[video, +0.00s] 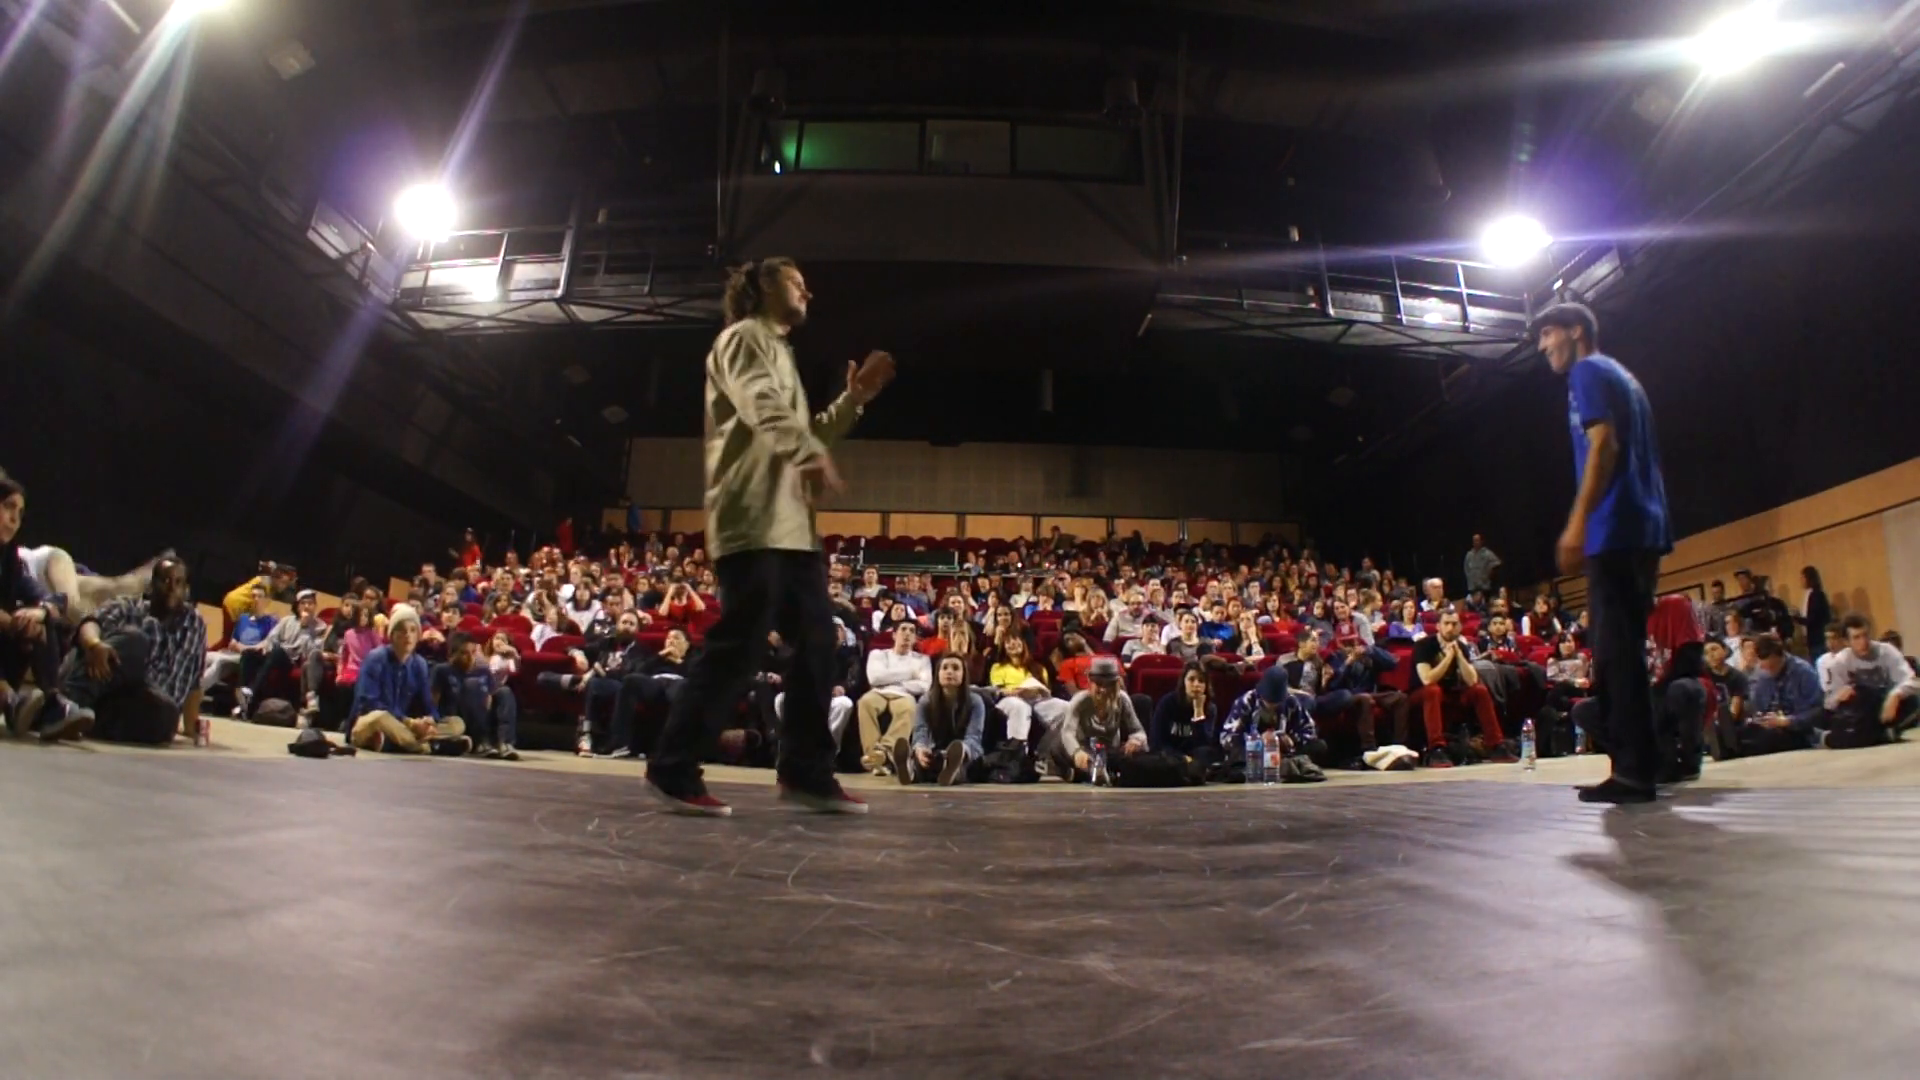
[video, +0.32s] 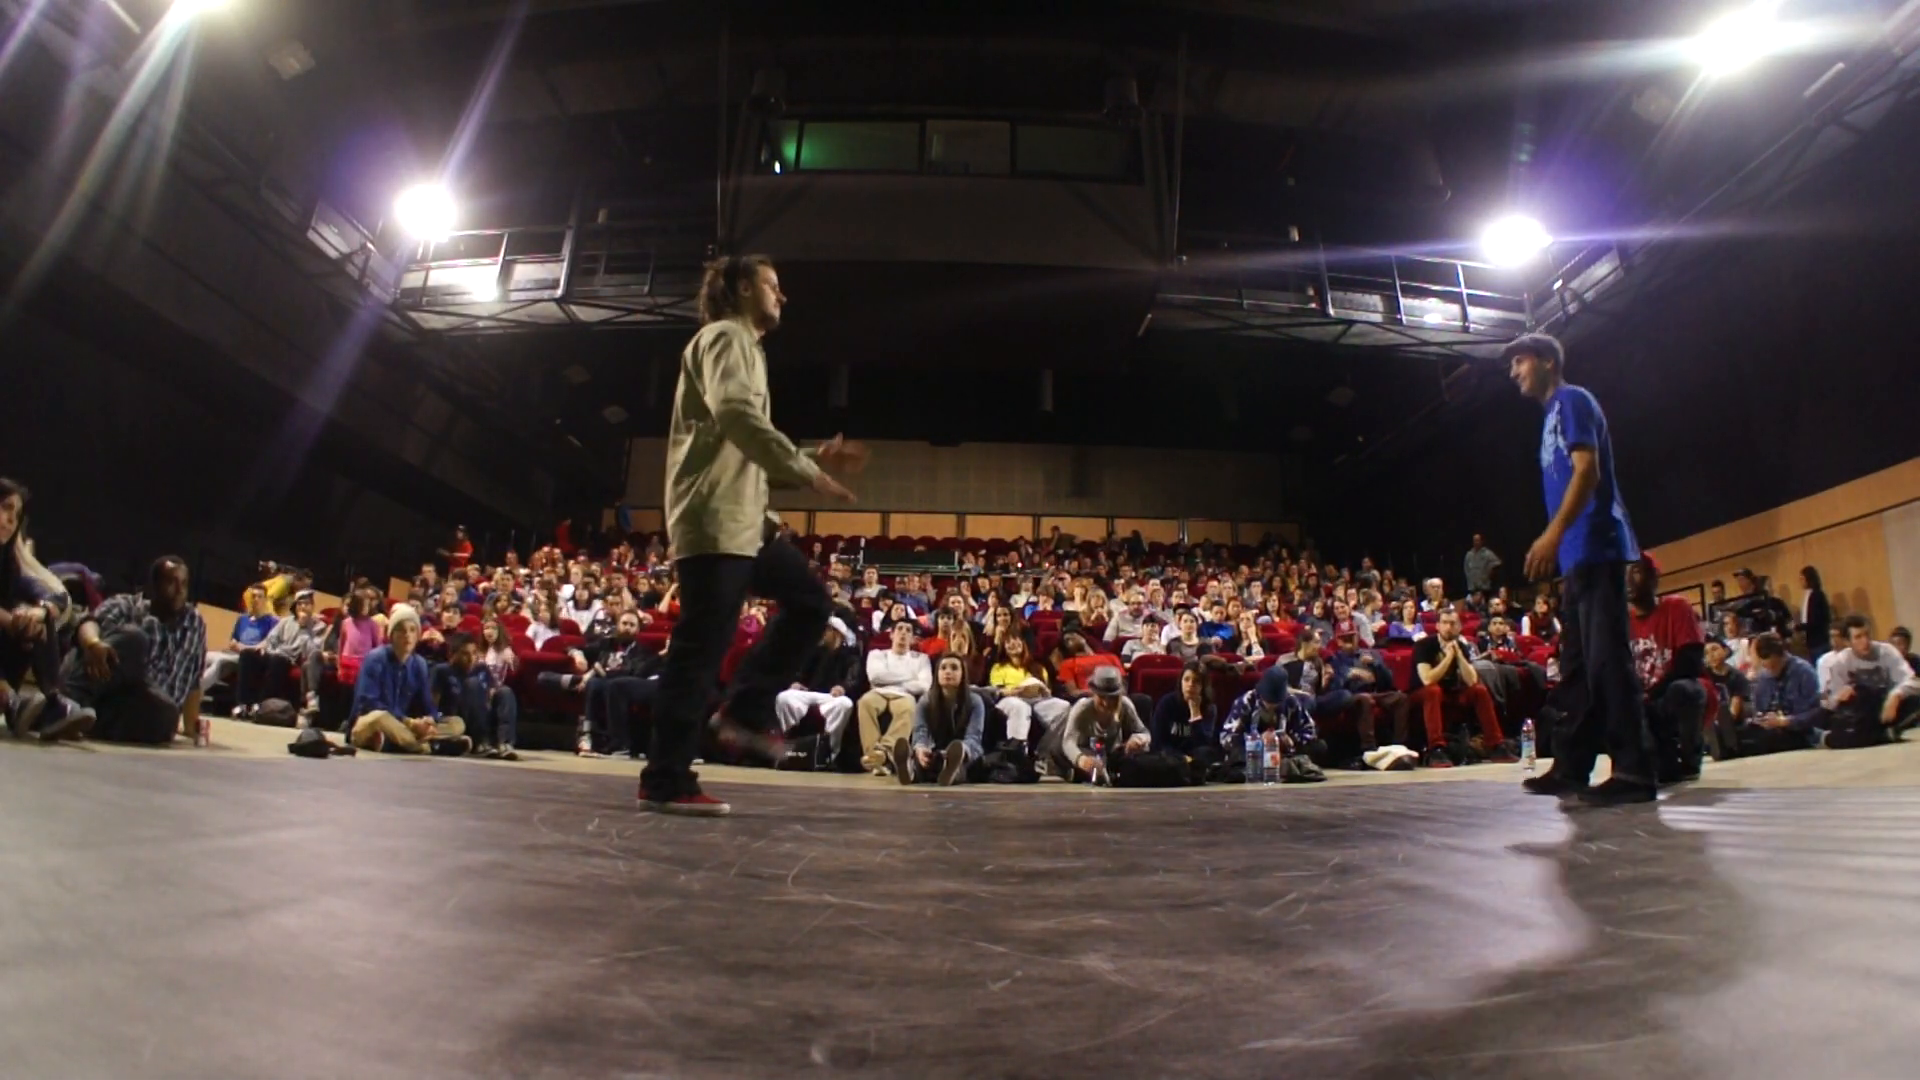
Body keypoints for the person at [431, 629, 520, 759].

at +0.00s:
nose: (470, 657)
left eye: (473, 653)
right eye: (465, 653)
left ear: (476, 652)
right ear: (455, 653)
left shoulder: (483, 672)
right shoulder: (442, 671)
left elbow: (490, 696)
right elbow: (435, 697)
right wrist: (435, 720)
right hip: (454, 719)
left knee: (505, 692)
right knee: (472, 685)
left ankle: (505, 743)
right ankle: (482, 741)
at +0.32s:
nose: (471, 658)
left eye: (474, 653)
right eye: (466, 654)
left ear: (478, 653)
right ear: (455, 655)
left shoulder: (482, 669)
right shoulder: (442, 671)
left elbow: (493, 688)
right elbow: (434, 698)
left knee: (505, 692)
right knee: (472, 683)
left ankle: (505, 743)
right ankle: (481, 741)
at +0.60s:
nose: (471, 660)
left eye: (475, 656)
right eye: (467, 656)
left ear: (479, 657)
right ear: (458, 657)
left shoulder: (482, 670)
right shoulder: (443, 670)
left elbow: (491, 689)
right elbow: (436, 695)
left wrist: (488, 706)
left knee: (506, 692)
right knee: (472, 684)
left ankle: (505, 743)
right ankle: (482, 742)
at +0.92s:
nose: (471, 658)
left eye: (475, 654)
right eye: (466, 653)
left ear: (479, 655)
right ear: (456, 654)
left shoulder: (483, 670)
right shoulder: (443, 669)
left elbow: (493, 689)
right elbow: (435, 694)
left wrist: (489, 707)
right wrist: (434, 718)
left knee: (506, 692)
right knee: (471, 684)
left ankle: (505, 743)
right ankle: (481, 742)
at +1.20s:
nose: (478, 657)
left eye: (483, 653)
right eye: (474, 651)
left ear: (487, 656)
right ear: (462, 652)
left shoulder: (490, 671)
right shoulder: (446, 671)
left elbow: (500, 693)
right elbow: (435, 699)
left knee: (506, 692)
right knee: (474, 687)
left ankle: (506, 744)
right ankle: (481, 742)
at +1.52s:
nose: (483, 657)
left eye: (488, 653)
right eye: (478, 651)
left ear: (492, 656)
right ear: (467, 651)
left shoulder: (496, 670)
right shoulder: (449, 669)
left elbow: (503, 696)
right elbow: (434, 698)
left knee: (511, 694)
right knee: (472, 687)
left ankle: (508, 743)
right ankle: (481, 742)